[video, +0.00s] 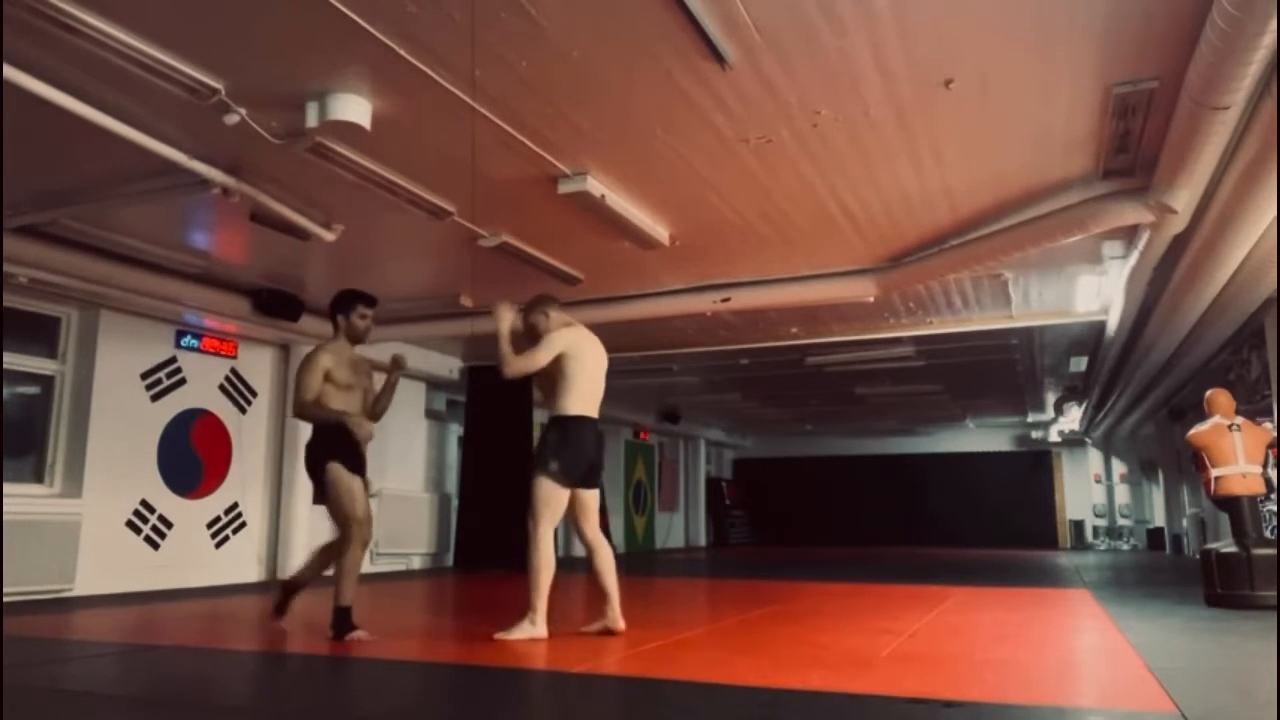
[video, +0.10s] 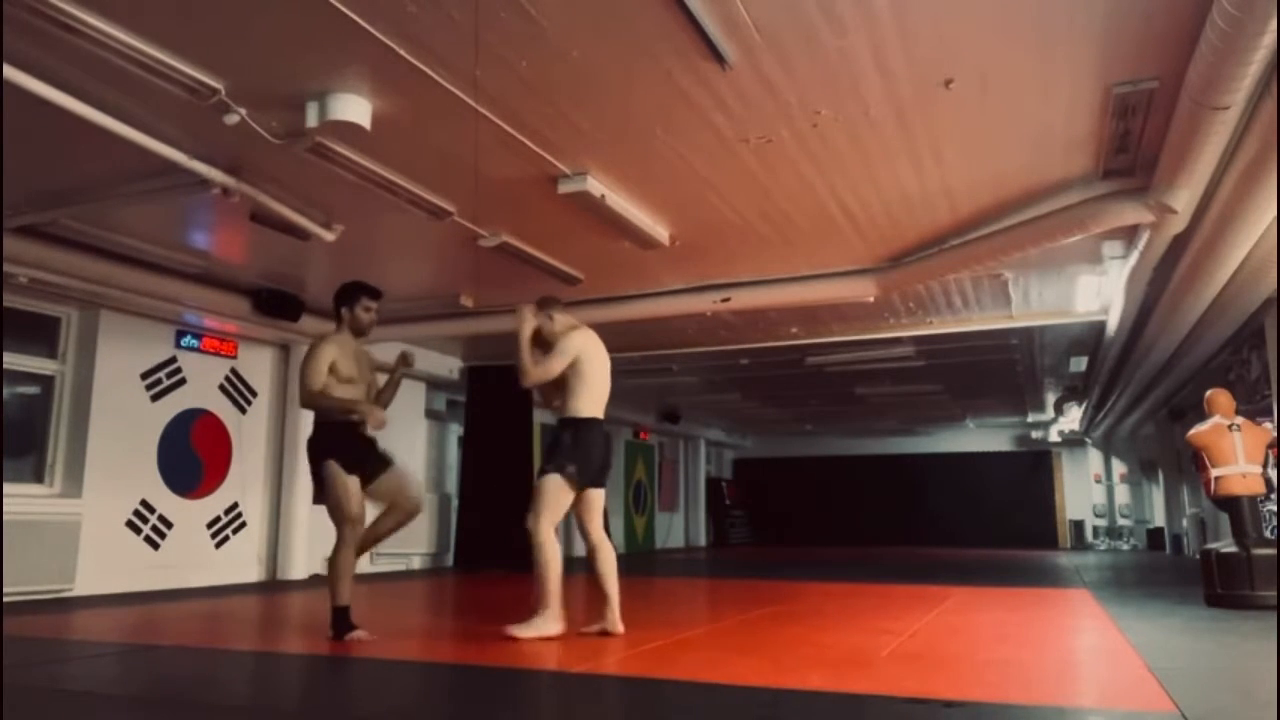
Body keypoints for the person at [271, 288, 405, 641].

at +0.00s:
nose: (368, 325)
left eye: (371, 319)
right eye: (362, 317)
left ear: (367, 322)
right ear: (341, 318)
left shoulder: (361, 363)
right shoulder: (321, 356)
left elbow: (373, 412)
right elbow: (302, 407)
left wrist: (392, 378)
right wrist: (347, 418)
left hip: (352, 449)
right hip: (329, 444)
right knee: (357, 529)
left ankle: (292, 585)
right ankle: (342, 620)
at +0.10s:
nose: (372, 318)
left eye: (375, 311)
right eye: (366, 310)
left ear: (372, 315)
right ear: (345, 311)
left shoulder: (363, 355)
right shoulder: (327, 346)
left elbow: (375, 404)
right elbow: (309, 395)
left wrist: (398, 373)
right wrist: (358, 408)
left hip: (360, 441)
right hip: (331, 439)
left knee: (408, 503)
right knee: (351, 523)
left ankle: (345, 556)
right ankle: (341, 620)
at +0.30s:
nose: (380, 316)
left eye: (383, 310)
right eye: (374, 308)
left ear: (381, 313)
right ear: (353, 308)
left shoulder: (372, 355)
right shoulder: (328, 342)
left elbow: (385, 405)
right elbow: (312, 387)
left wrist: (410, 378)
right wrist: (362, 396)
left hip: (383, 430)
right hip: (352, 437)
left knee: (448, 399)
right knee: (360, 528)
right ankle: (345, 622)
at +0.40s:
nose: (379, 316)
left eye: (382, 310)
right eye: (374, 308)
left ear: (380, 313)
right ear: (352, 308)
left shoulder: (375, 356)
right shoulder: (328, 343)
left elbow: (386, 405)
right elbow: (308, 390)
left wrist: (411, 383)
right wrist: (356, 400)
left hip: (392, 428)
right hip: (362, 437)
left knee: (462, 393)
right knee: (367, 531)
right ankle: (350, 620)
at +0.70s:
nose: (376, 321)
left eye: (378, 315)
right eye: (370, 313)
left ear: (372, 317)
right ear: (347, 312)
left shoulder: (375, 356)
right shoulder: (326, 354)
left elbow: (388, 406)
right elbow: (307, 405)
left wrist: (415, 383)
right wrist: (353, 410)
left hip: (404, 428)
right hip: (372, 442)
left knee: (479, 411)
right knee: (374, 532)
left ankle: (556, 408)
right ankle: (359, 620)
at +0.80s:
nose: (377, 319)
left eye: (380, 313)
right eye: (371, 311)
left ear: (377, 315)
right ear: (348, 310)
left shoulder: (376, 354)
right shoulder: (326, 352)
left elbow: (391, 406)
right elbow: (306, 404)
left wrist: (415, 380)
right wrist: (350, 410)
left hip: (402, 429)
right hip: (369, 443)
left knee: (476, 413)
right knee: (373, 532)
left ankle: (555, 414)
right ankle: (358, 621)